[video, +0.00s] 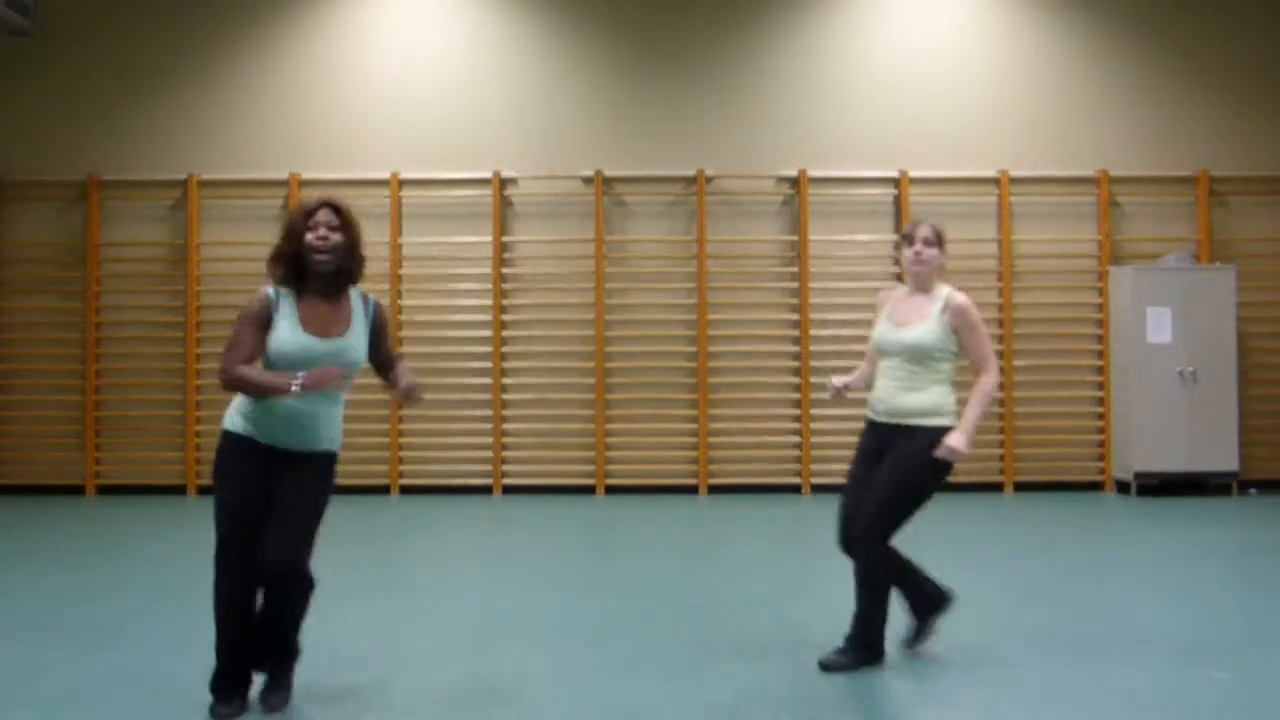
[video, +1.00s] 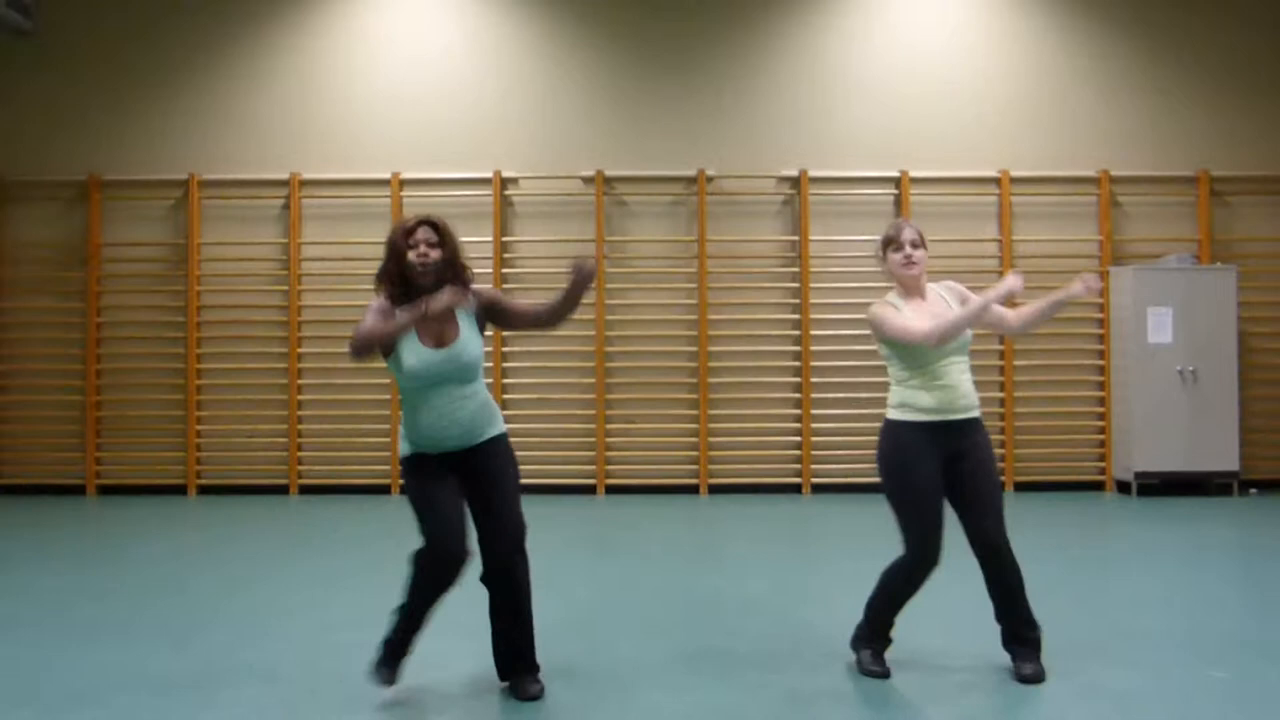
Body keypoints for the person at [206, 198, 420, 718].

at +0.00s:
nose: (323, 237)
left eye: (334, 229)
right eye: (313, 229)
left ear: (351, 243)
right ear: (297, 241)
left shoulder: (369, 312)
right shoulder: (270, 302)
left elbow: (386, 363)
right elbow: (232, 371)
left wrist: (401, 381)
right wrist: (297, 382)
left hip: (313, 455)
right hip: (249, 445)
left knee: (285, 564)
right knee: (235, 566)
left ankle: (279, 666)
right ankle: (229, 684)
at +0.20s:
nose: (337, 224)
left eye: (348, 218)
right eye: (327, 217)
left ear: (366, 232)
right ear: (310, 229)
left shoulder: (376, 285)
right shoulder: (288, 273)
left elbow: (439, 295)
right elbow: (305, 283)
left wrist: (494, 283)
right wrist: (379, 262)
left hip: (327, 441)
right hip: (260, 437)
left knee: (352, 563)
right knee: (245, 569)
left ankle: (380, 680)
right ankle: (229, 692)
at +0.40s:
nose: (363, 227)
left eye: (373, 220)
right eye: (353, 219)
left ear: (390, 231)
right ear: (335, 229)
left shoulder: (402, 284)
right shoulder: (318, 274)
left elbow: (459, 331)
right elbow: (315, 320)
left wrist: (497, 301)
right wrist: (389, 293)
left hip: (367, 440)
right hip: (304, 436)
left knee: (378, 567)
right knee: (322, 554)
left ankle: (390, 682)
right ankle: (283, 661)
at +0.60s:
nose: (386, 227)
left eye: (395, 219)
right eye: (376, 220)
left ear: (411, 230)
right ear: (359, 231)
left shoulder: (422, 288)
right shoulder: (342, 285)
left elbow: (457, 340)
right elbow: (322, 349)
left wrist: (481, 319)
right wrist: (379, 315)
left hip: (394, 440)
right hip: (333, 440)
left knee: (431, 542)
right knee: (342, 564)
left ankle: (411, 671)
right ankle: (328, 684)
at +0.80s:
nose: (408, 218)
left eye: (416, 211)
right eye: (396, 213)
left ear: (431, 226)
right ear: (379, 231)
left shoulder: (449, 276)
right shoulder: (367, 283)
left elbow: (516, 263)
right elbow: (364, 261)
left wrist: (561, 220)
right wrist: (428, 216)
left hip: (436, 434)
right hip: (372, 432)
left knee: (469, 550)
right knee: (354, 551)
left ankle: (521, 664)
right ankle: (330, 691)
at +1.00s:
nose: (423, 252)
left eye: (432, 244)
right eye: (413, 247)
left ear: (448, 253)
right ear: (399, 258)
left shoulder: (473, 299)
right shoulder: (390, 307)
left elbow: (539, 316)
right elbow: (361, 345)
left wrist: (574, 291)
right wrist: (424, 309)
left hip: (486, 444)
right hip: (426, 455)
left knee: (507, 556)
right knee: (448, 551)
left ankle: (519, 671)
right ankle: (397, 645)